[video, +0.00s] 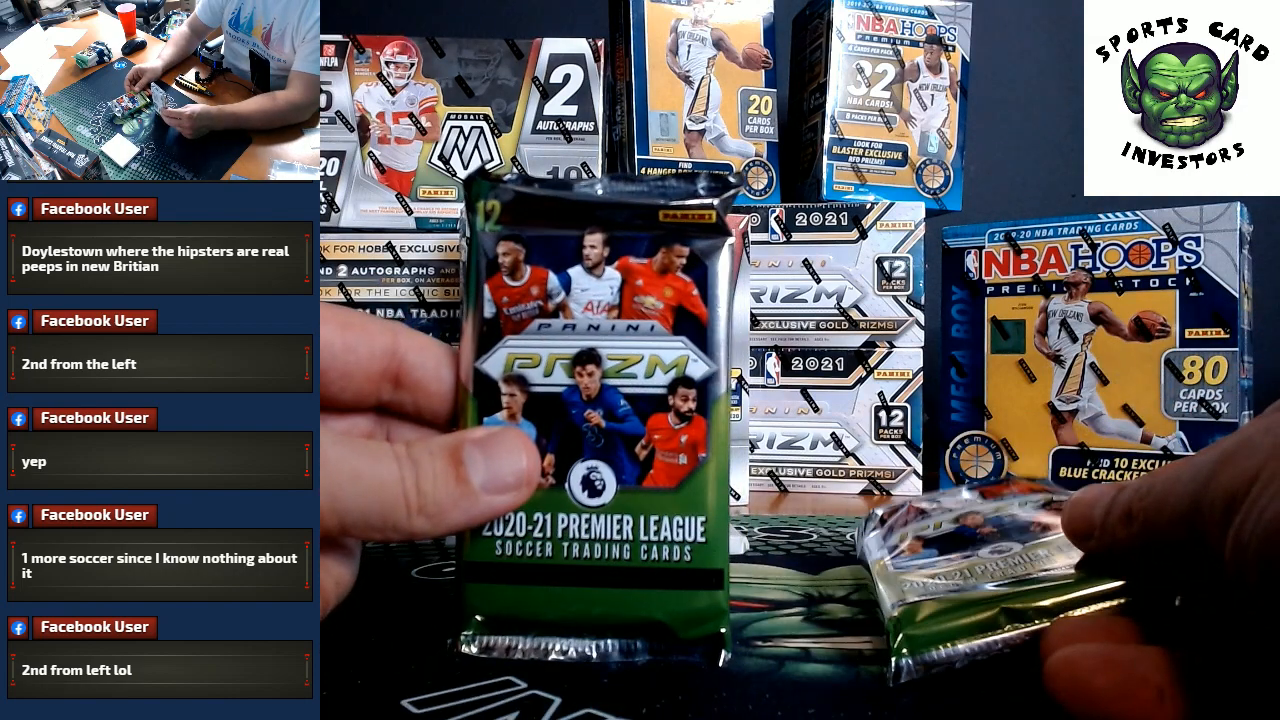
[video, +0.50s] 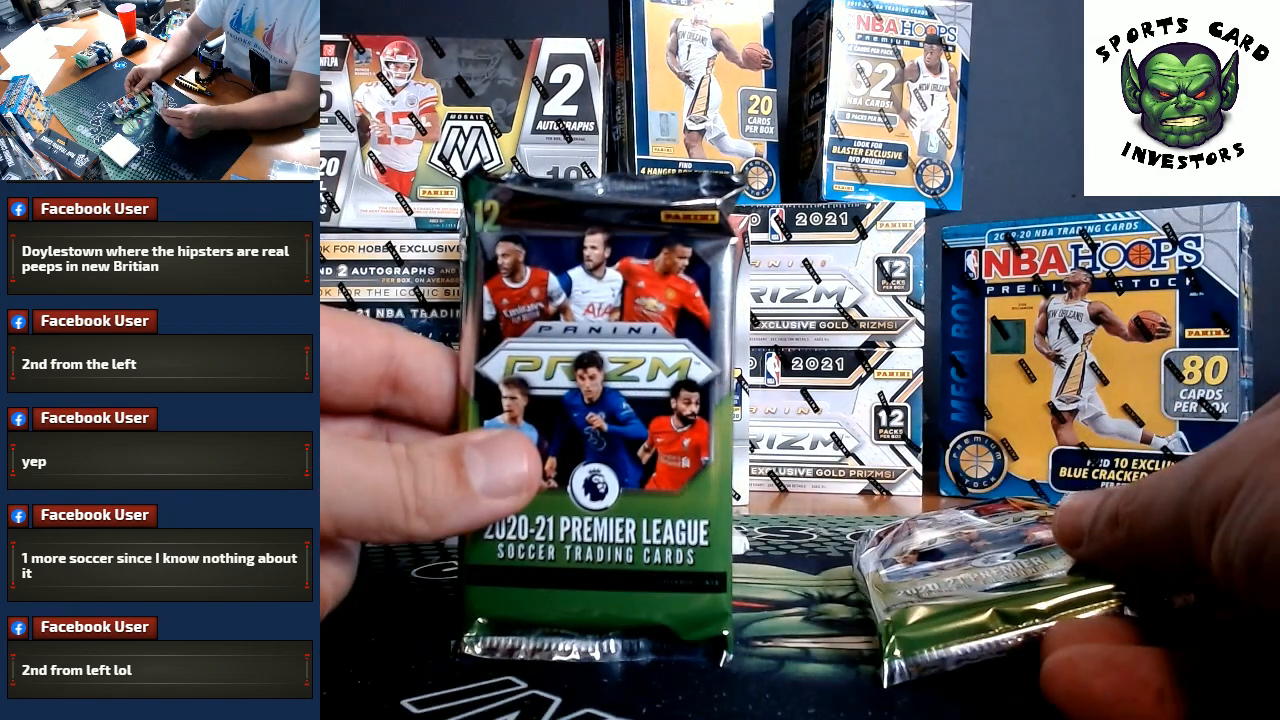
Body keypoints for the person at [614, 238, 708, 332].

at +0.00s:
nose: (683, 263)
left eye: (685, 258)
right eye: (679, 257)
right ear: (663, 253)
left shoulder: (684, 285)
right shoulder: (628, 265)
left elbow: (707, 318)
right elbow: (601, 285)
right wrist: (610, 308)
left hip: (661, 346)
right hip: (627, 343)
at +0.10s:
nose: (682, 262)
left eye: (684, 257)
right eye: (678, 257)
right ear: (662, 252)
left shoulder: (683, 285)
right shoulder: (627, 265)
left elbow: (706, 318)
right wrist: (609, 309)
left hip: (660, 346)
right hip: (626, 343)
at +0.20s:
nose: (684, 264)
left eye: (686, 259)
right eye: (680, 258)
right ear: (664, 254)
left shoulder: (685, 286)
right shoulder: (629, 266)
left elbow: (708, 319)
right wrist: (609, 310)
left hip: (662, 348)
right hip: (628, 345)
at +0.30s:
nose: (686, 264)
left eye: (688, 259)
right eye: (681, 258)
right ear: (665, 254)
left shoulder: (687, 286)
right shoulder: (630, 267)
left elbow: (710, 320)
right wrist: (612, 311)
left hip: (664, 349)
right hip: (629, 345)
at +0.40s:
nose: (685, 264)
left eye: (688, 259)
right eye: (681, 258)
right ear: (665, 253)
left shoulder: (686, 286)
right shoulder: (629, 267)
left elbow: (709, 320)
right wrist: (611, 311)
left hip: (663, 349)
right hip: (629, 345)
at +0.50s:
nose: (686, 264)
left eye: (688, 259)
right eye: (681, 258)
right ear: (665, 253)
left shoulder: (686, 286)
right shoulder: (630, 266)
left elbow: (710, 321)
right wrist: (612, 310)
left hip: (663, 349)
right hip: (628, 346)